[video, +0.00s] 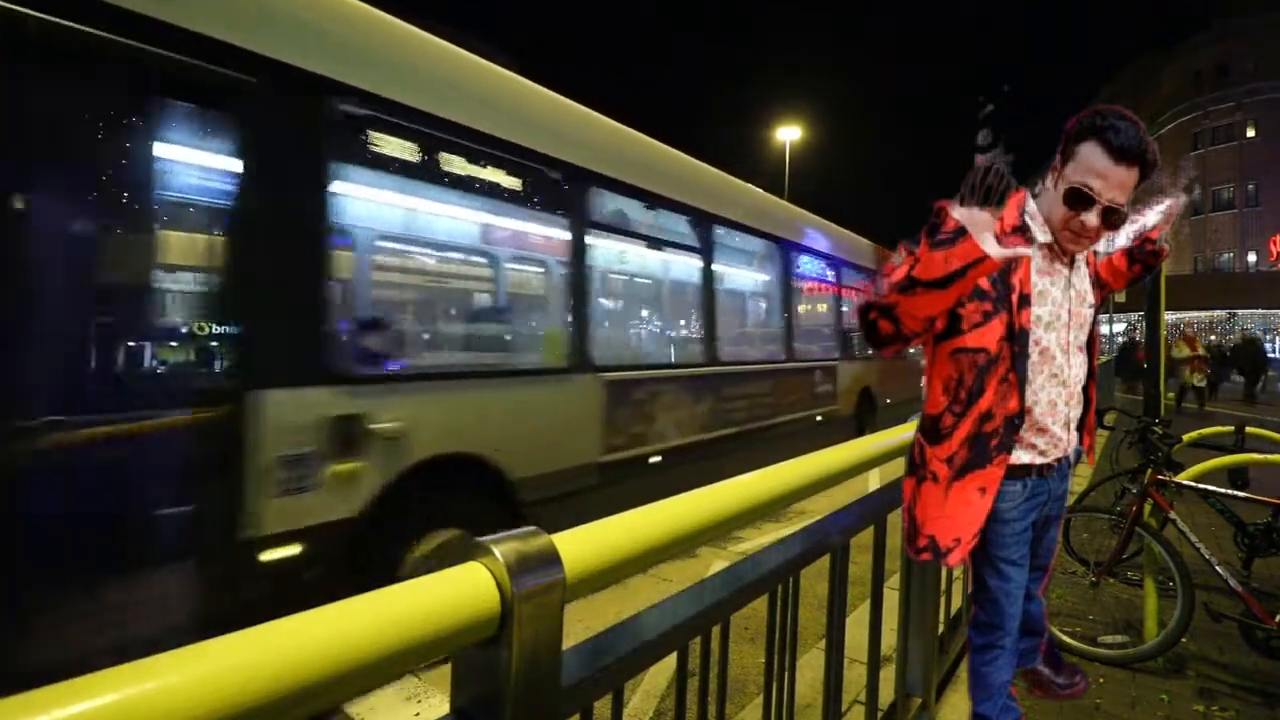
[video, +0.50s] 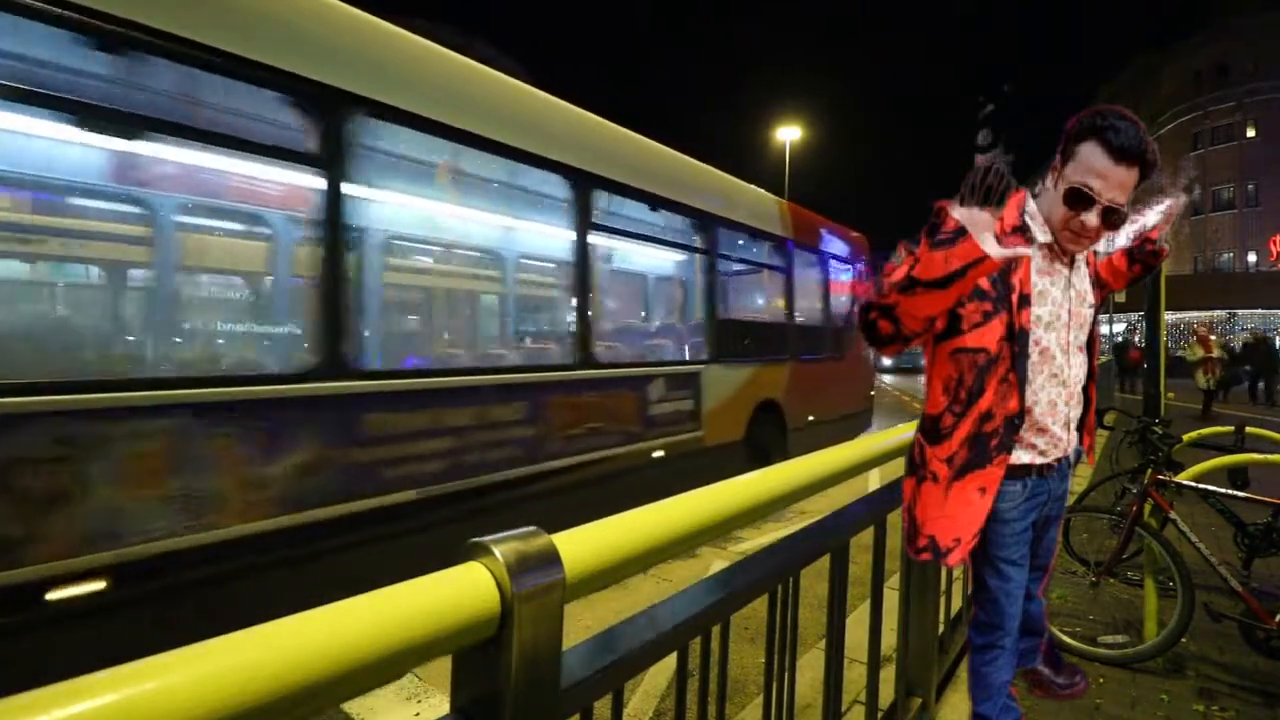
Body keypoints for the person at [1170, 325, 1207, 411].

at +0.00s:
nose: (1190, 334)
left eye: (1191, 331)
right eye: (1187, 331)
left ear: (1193, 332)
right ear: (1183, 332)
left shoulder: (1197, 343)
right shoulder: (1179, 343)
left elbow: (1204, 353)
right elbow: (1174, 355)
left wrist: (1199, 355)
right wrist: (1190, 355)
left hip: (1198, 369)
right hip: (1185, 369)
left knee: (1200, 388)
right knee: (1183, 387)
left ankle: (1201, 406)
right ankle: (1178, 406)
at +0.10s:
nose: (1194, 336)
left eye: (1196, 334)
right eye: (1191, 334)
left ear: (1198, 335)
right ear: (1187, 335)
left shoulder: (1201, 345)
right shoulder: (1183, 346)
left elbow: (1209, 354)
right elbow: (1178, 356)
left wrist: (1203, 355)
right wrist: (1194, 355)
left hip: (1202, 372)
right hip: (1189, 372)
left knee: (1203, 391)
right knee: (1188, 389)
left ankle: (1202, 407)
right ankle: (1181, 404)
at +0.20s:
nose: (1196, 332)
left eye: (1197, 330)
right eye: (1193, 330)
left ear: (1200, 331)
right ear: (1190, 332)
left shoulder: (1205, 341)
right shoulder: (1187, 342)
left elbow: (1214, 351)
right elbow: (1179, 353)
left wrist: (1204, 352)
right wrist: (1193, 353)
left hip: (1206, 373)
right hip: (1192, 373)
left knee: (1205, 394)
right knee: (1193, 393)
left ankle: (1202, 410)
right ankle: (1190, 410)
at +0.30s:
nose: (1197, 332)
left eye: (1199, 329)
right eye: (1194, 330)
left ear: (1203, 331)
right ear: (1191, 332)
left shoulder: (1209, 341)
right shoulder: (1189, 342)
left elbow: (1217, 352)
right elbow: (1180, 354)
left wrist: (1206, 352)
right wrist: (1195, 353)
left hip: (1208, 371)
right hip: (1195, 371)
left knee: (1205, 391)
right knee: (1198, 391)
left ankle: (1203, 408)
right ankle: (1198, 408)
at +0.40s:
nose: (1203, 334)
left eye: (1204, 331)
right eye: (1200, 331)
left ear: (1207, 333)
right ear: (1195, 334)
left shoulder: (1211, 344)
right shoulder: (1193, 345)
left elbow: (1221, 354)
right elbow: (1184, 356)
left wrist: (1210, 354)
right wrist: (1199, 355)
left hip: (1210, 371)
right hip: (1198, 372)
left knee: (1207, 392)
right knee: (1202, 392)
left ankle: (1205, 411)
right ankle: (1202, 412)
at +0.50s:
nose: (1202, 334)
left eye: (1204, 332)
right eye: (1200, 332)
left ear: (1207, 333)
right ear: (1196, 334)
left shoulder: (1213, 344)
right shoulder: (1193, 346)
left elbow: (1223, 355)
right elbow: (1189, 359)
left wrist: (1214, 356)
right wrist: (1203, 357)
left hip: (1214, 372)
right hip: (1201, 373)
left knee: (1211, 394)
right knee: (1207, 394)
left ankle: (1207, 412)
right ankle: (1205, 414)